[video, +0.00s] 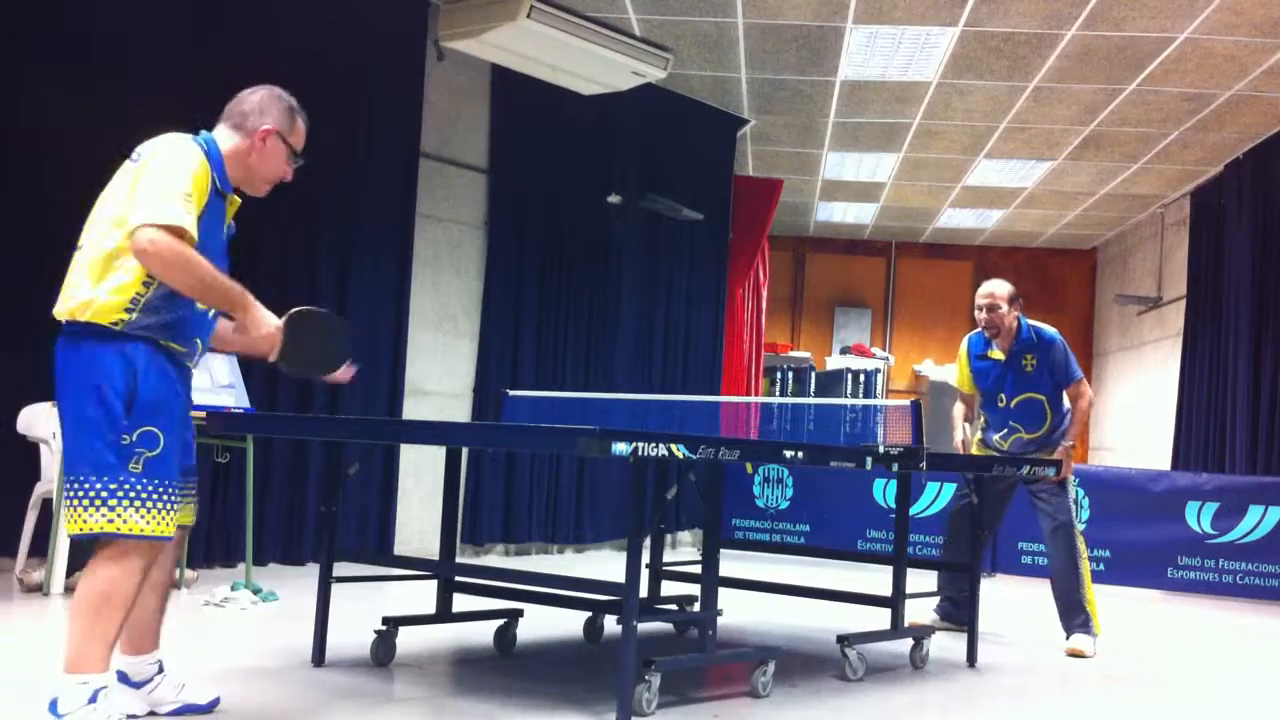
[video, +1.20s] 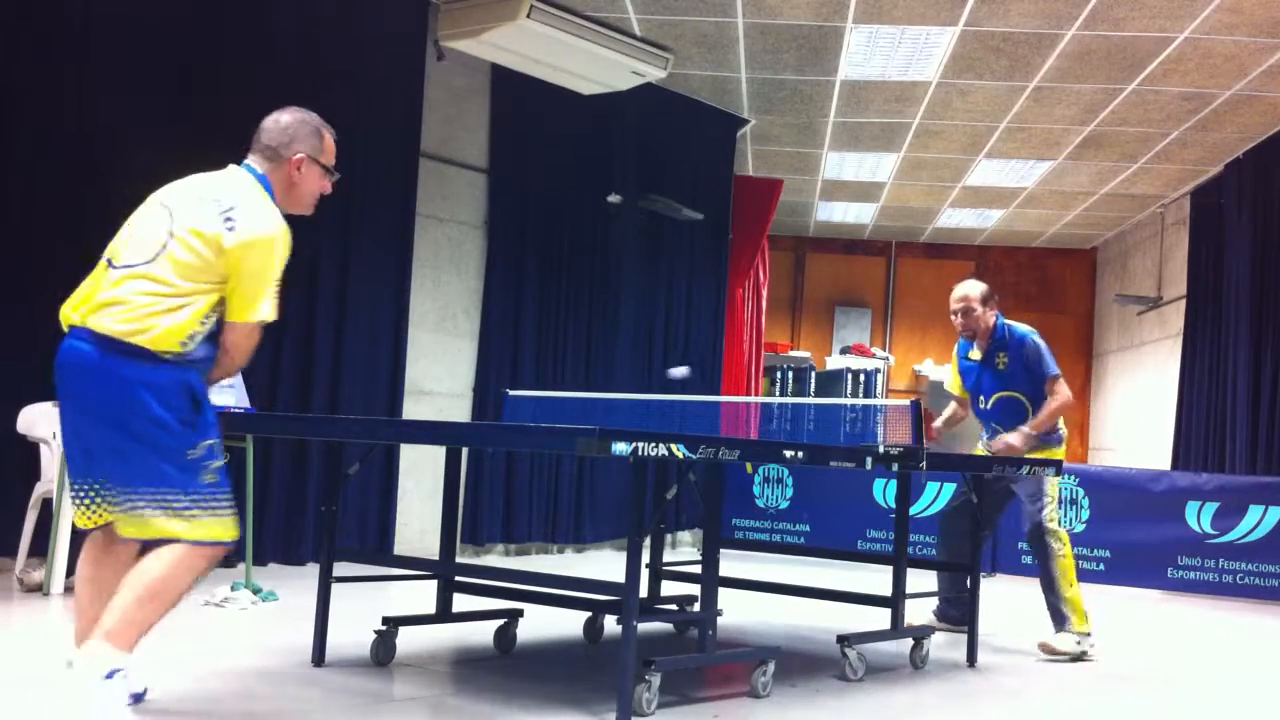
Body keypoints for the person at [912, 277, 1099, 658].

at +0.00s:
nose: (985, 317)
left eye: (993, 309)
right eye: (979, 310)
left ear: (1015, 310)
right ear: (974, 313)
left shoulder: (1047, 341)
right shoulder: (971, 346)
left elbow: (1082, 395)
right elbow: (965, 399)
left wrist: (1067, 445)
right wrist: (960, 428)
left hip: (1044, 452)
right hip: (992, 452)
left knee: (1062, 532)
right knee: (962, 520)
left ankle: (1080, 630)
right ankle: (954, 612)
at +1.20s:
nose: (958, 321)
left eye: (966, 312)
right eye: (954, 315)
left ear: (990, 310)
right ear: (953, 316)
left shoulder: (1023, 339)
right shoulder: (962, 349)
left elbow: (1062, 396)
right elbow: (962, 404)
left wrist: (1025, 434)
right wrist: (940, 425)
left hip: (1038, 453)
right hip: (994, 452)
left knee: (1043, 529)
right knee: (955, 523)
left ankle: (1075, 631)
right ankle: (954, 613)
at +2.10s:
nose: (1032, 306)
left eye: (1040, 298)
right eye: (1029, 298)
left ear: (1066, 300)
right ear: (1028, 299)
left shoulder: (1093, 345)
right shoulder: (1024, 332)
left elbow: (1118, 405)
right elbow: (981, 369)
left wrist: (1107, 460)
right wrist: (960, 337)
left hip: (1067, 456)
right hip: (1018, 451)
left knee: (1076, 537)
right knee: (985, 518)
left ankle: (1096, 637)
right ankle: (986, 608)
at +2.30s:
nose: (1020, 302)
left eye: (1028, 295)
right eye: (1016, 295)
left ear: (1051, 296)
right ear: (1011, 298)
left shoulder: (1077, 332)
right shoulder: (1012, 334)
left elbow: (1116, 383)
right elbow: (980, 375)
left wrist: (1134, 436)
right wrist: (958, 363)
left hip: (1066, 451)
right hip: (1020, 451)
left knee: (1070, 530)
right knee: (986, 520)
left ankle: (1095, 631)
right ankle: (998, 613)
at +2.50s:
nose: (999, 316)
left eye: (1006, 308)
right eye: (994, 310)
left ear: (1030, 305)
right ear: (992, 312)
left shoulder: (1053, 337)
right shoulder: (1014, 344)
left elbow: (1090, 387)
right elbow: (1022, 393)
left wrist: (1100, 446)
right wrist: (983, 414)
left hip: (1063, 456)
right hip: (1030, 456)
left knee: (1069, 535)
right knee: (993, 512)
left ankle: (1125, 618)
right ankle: (1004, 603)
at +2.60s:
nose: (991, 337)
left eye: (997, 329)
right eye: (989, 330)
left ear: (1022, 327)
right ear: (1003, 331)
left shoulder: (1040, 361)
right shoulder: (1014, 363)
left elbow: (1031, 428)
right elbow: (1014, 425)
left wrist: (992, 464)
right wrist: (983, 460)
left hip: (1064, 464)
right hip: (1032, 464)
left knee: (1072, 541)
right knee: (991, 516)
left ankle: (1128, 624)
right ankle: (1009, 601)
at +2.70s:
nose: (965, 346)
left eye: (970, 338)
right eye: (964, 339)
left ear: (993, 336)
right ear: (991, 339)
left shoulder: (1007, 358)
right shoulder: (1003, 363)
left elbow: (982, 394)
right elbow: (1009, 430)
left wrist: (920, 395)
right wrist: (992, 468)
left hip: (1045, 462)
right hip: (1019, 464)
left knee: (1065, 539)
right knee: (997, 526)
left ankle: (1122, 620)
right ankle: (1033, 600)